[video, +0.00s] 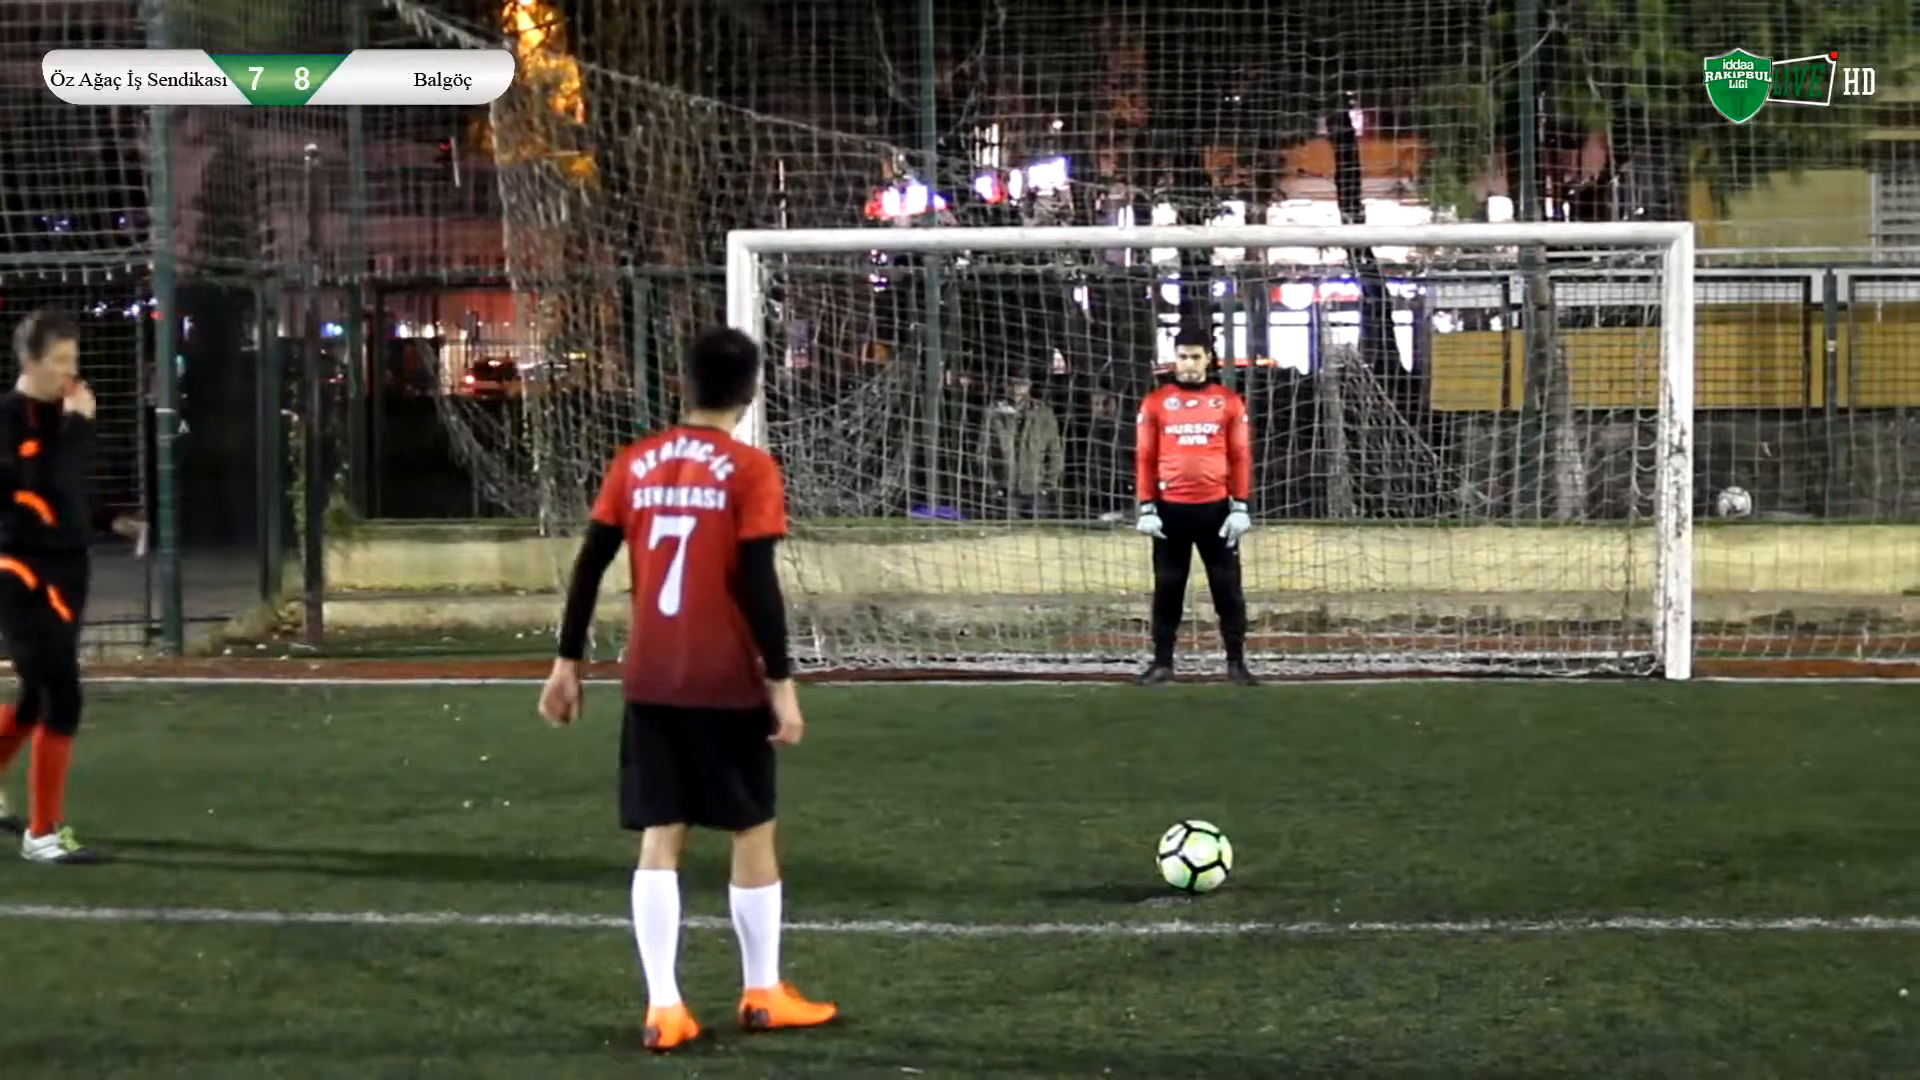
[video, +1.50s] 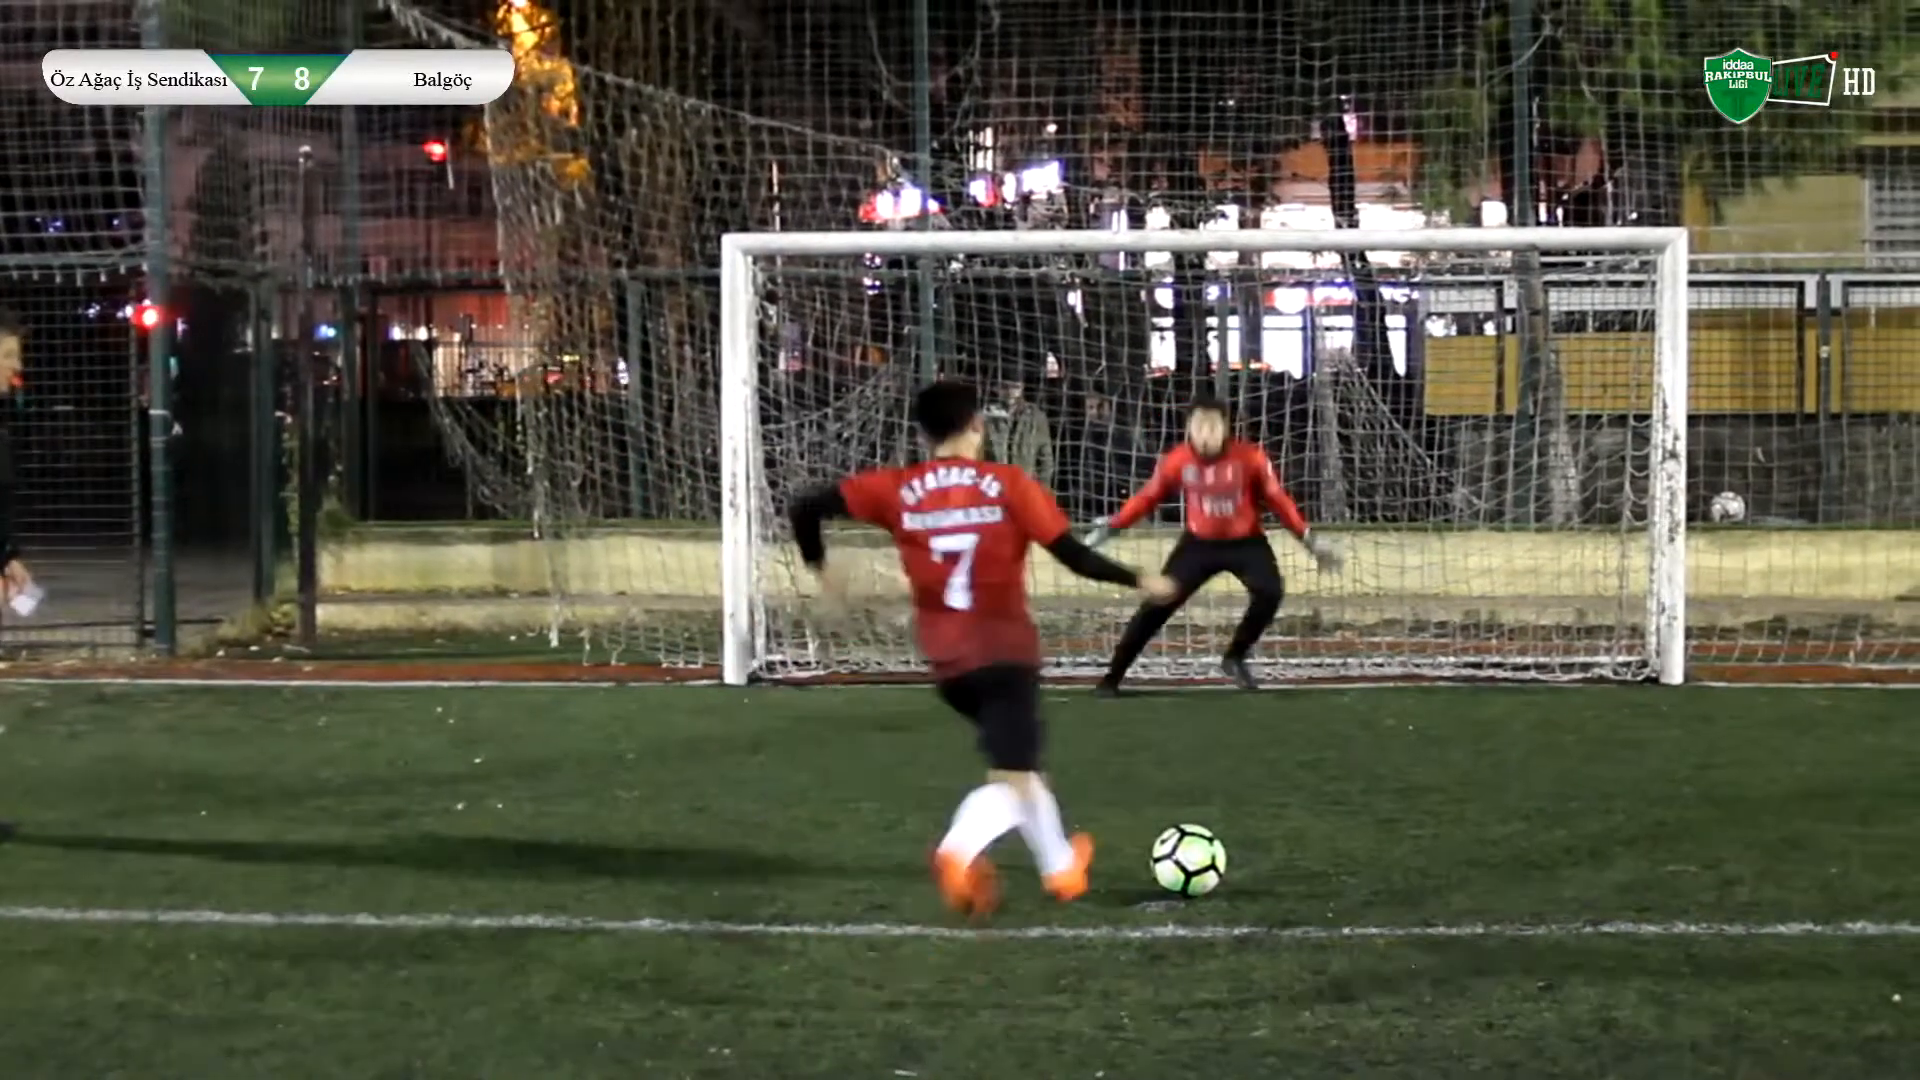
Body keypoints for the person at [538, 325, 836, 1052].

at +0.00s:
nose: (754, 394)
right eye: (756, 385)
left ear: (687, 385)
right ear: (750, 392)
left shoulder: (635, 461)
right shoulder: (753, 468)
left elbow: (590, 562)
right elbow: (755, 576)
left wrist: (567, 658)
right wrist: (781, 679)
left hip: (650, 684)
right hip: (730, 684)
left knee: (660, 832)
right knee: (754, 830)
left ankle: (662, 1004)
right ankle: (764, 989)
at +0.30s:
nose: (784, 408)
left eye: (783, 397)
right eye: (784, 398)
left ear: (714, 393)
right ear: (772, 401)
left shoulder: (652, 461)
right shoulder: (771, 473)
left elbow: (625, 574)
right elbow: (765, 580)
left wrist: (651, 644)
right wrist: (782, 679)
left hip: (650, 676)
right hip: (728, 679)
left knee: (660, 829)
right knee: (754, 828)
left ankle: (662, 1004)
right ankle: (764, 988)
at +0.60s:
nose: (807, 421)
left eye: (806, 409)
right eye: (807, 410)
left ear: (743, 400)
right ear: (795, 411)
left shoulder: (677, 463)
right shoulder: (790, 474)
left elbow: (647, 576)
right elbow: (778, 577)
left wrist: (694, 630)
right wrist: (792, 680)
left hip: (662, 671)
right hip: (738, 675)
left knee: (668, 827)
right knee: (764, 825)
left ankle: (664, 1003)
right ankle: (766, 987)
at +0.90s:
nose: (838, 435)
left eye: (836, 424)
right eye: (838, 424)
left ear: (775, 418)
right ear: (825, 426)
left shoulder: (711, 480)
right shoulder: (817, 486)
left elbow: (670, 584)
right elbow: (797, 571)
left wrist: (705, 642)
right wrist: (800, 675)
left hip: (695, 683)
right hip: (766, 683)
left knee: (686, 832)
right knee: (829, 795)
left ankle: (665, 1002)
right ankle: (809, 958)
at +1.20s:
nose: (919, 491)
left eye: (917, 481)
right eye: (917, 481)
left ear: (857, 476)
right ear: (906, 479)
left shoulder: (815, 520)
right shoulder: (906, 521)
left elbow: (815, 612)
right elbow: (888, 587)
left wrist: (893, 647)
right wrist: (886, 671)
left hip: (787, 697)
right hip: (855, 697)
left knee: (757, 831)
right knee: (928, 808)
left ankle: (694, 970)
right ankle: (896, 964)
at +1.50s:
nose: (985, 429)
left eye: (981, 421)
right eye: (981, 421)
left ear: (926, 433)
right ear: (974, 426)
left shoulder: (899, 487)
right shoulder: (1009, 484)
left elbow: (806, 506)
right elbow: (1075, 555)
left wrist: (818, 565)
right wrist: (1138, 581)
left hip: (948, 664)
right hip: (1006, 657)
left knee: (1021, 764)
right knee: (1015, 784)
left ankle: (1060, 863)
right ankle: (958, 849)